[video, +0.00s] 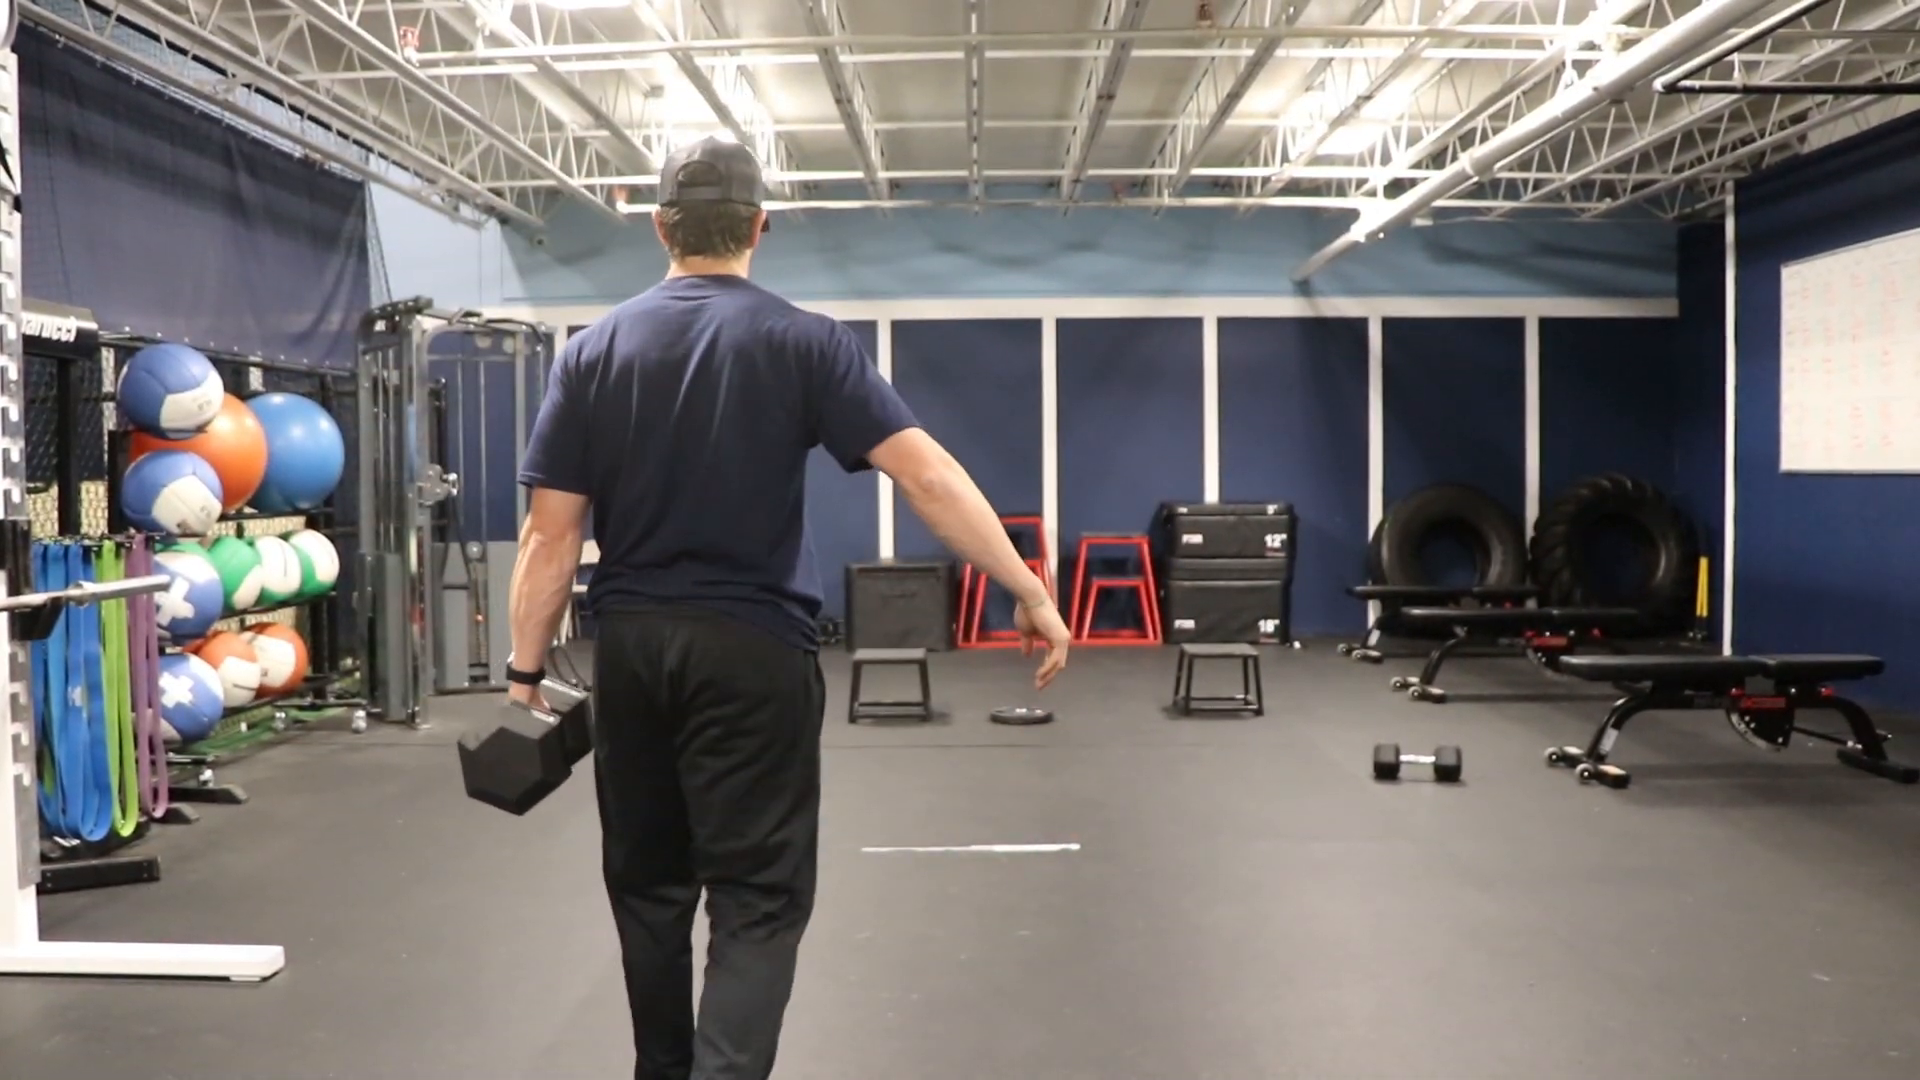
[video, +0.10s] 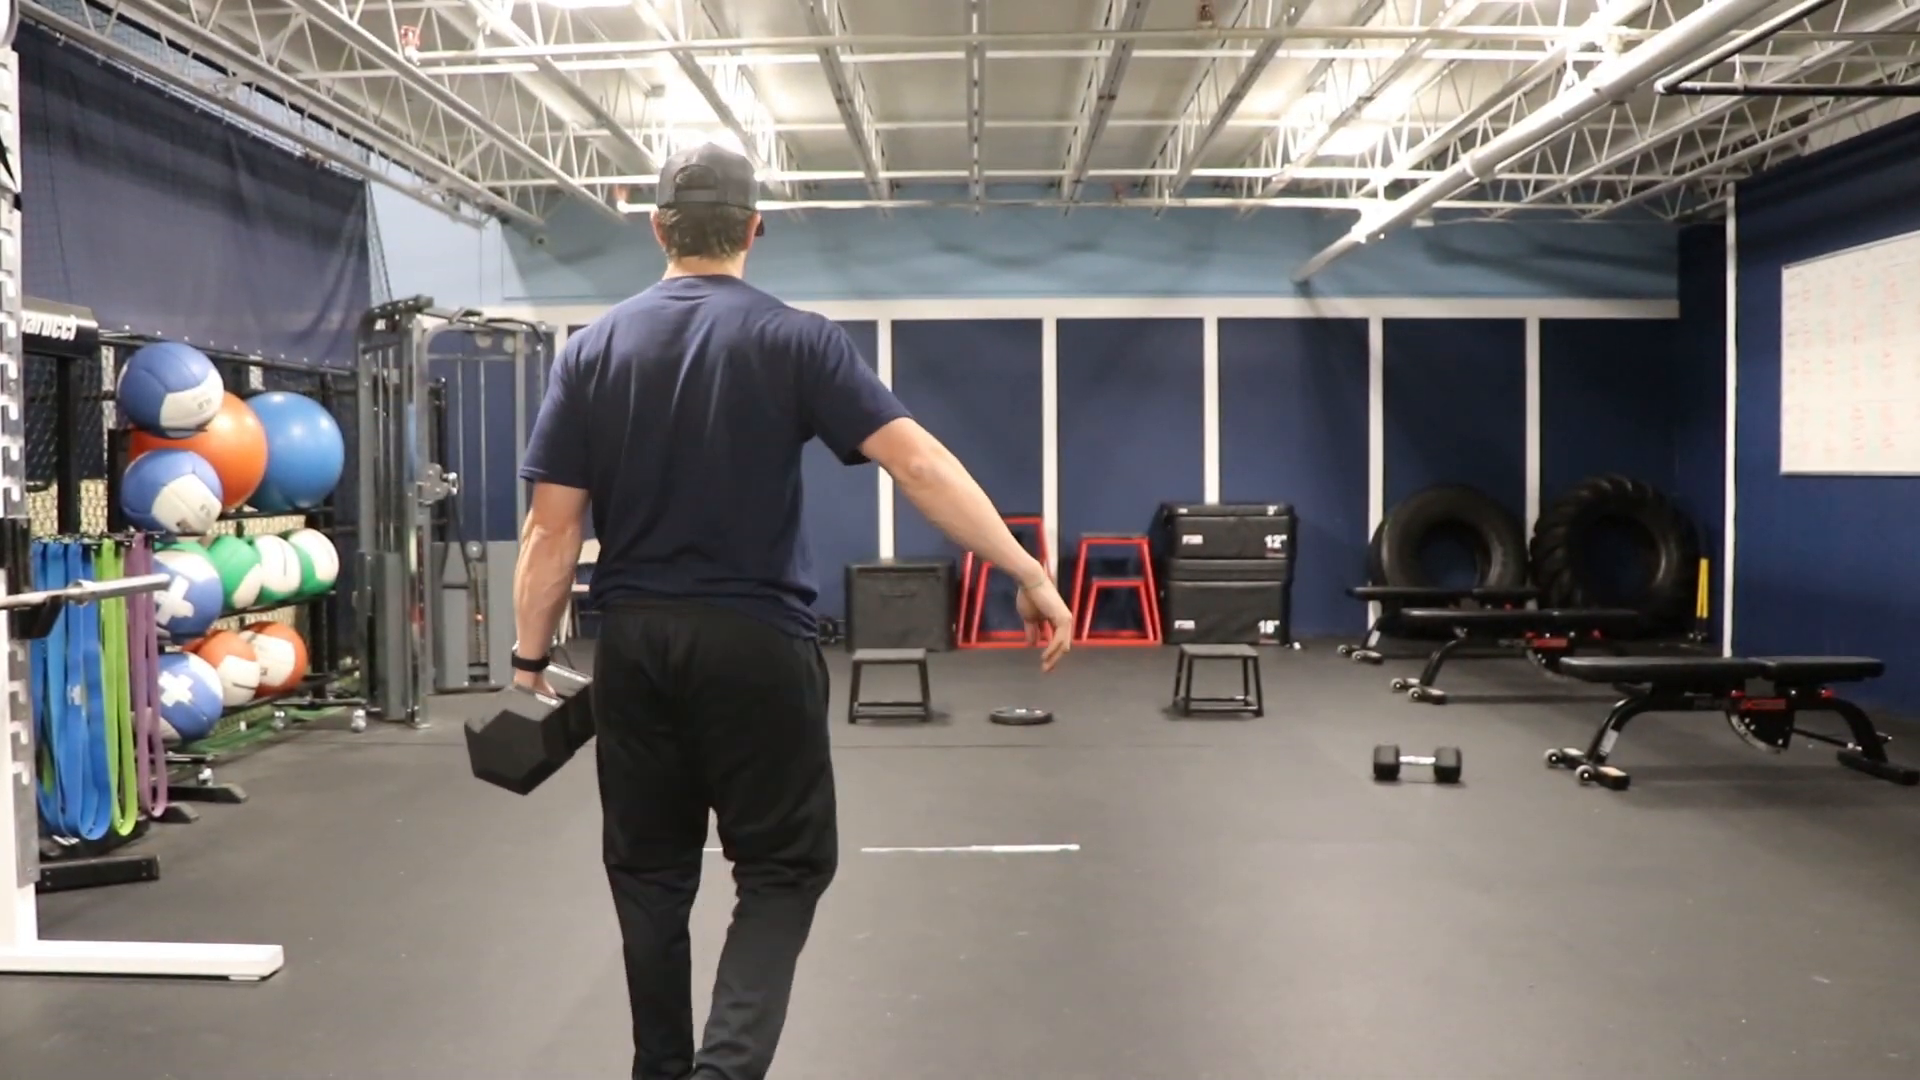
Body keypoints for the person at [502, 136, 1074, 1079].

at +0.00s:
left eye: (668, 217)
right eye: (758, 217)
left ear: (661, 228)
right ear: (759, 228)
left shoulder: (596, 350)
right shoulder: (809, 343)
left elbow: (551, 534)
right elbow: (924, 472)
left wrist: (524, 680)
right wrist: (1027, 587)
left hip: (629, 646)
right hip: (753, 650)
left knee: (650, 894)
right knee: (758, 900)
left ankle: (664, 1070)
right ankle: (725, 1071)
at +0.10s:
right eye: (755, 222)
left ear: (660, 229)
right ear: (754, 230)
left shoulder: (594, 349)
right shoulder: (797, 339)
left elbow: (552, 530)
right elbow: (916, 461)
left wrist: (529, 656)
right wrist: (1026, 569)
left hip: (632, 642)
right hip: (758, 643)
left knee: (649, 874)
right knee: (781, 867)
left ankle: (662, 1067)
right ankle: (726, 1066)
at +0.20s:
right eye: (755, 224)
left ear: (660, 230)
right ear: (752, 231)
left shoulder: (596, 348)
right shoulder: (793, 338)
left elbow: (554, 523)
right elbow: (910, 458)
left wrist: (532, 655)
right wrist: (1022, 561)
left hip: (637, 635)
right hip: (763, 635)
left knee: (646, 871)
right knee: (787, 853)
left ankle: (655, 1070)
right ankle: (750, 1067)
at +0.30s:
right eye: (754, 226)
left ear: (661, 233)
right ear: (752, 235)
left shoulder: (598, 349)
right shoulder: (795, 340)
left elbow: (555, 521)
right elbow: (906, 458)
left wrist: (533, 648)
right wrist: (1017, 562)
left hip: (640, 633)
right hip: (764, 633)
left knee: (643, 867)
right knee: (780, 852)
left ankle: (648, 1068)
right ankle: (778, 1061)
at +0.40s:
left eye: (677, 232)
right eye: (756, 236)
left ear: (667, 241)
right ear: (757, 243)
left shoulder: (602, 352)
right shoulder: (799, 346)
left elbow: (557, 521)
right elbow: (907, 463)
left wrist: (534, 643)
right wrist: (1015, 570)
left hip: (641, 631)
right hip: (764, 633)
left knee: (639, 865)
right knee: (767, 850)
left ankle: (641, 1069)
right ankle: (770, 1042)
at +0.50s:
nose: (762, 253)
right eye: (767, 242)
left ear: (678, 250)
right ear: (766, 250)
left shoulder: (609, 356)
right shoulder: (806, 354)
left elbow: (566, 519)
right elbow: (911, 473)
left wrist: (537, 641)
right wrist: (1013, 578)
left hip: (642, 628)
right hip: (762, 631)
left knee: (636, 861)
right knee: (751, 850)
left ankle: (635, 1069)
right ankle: (738, 1034)